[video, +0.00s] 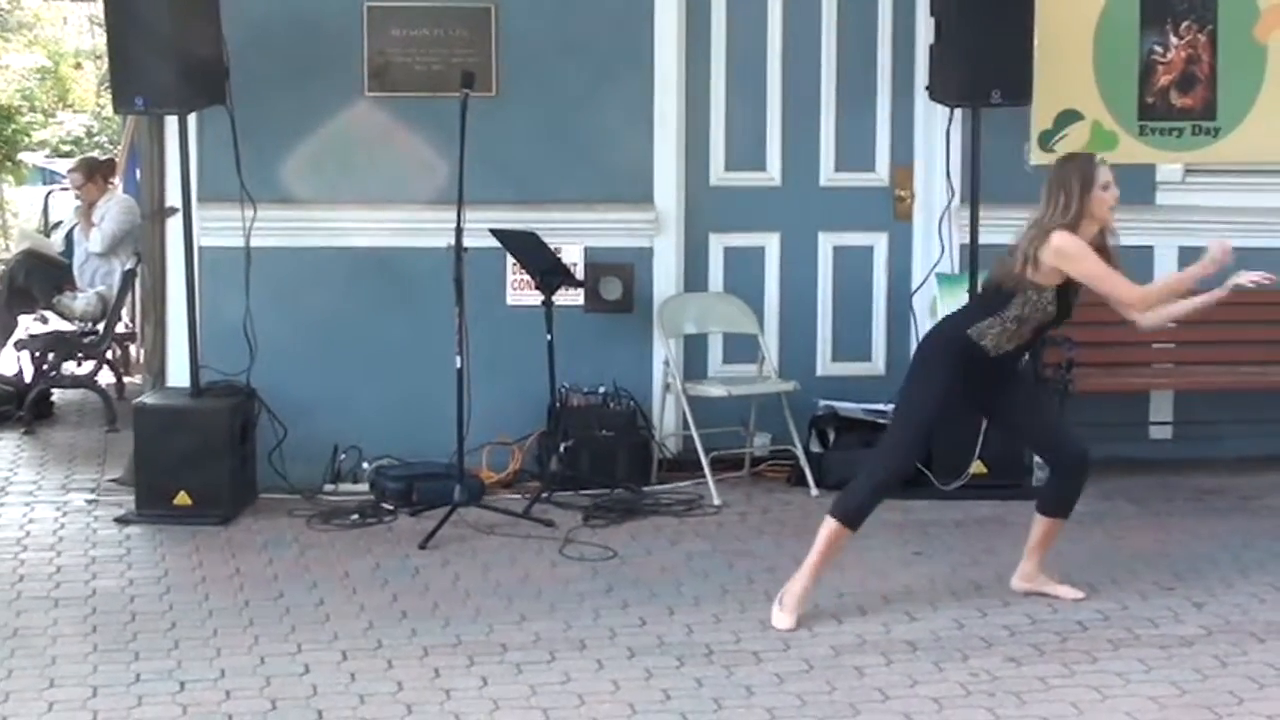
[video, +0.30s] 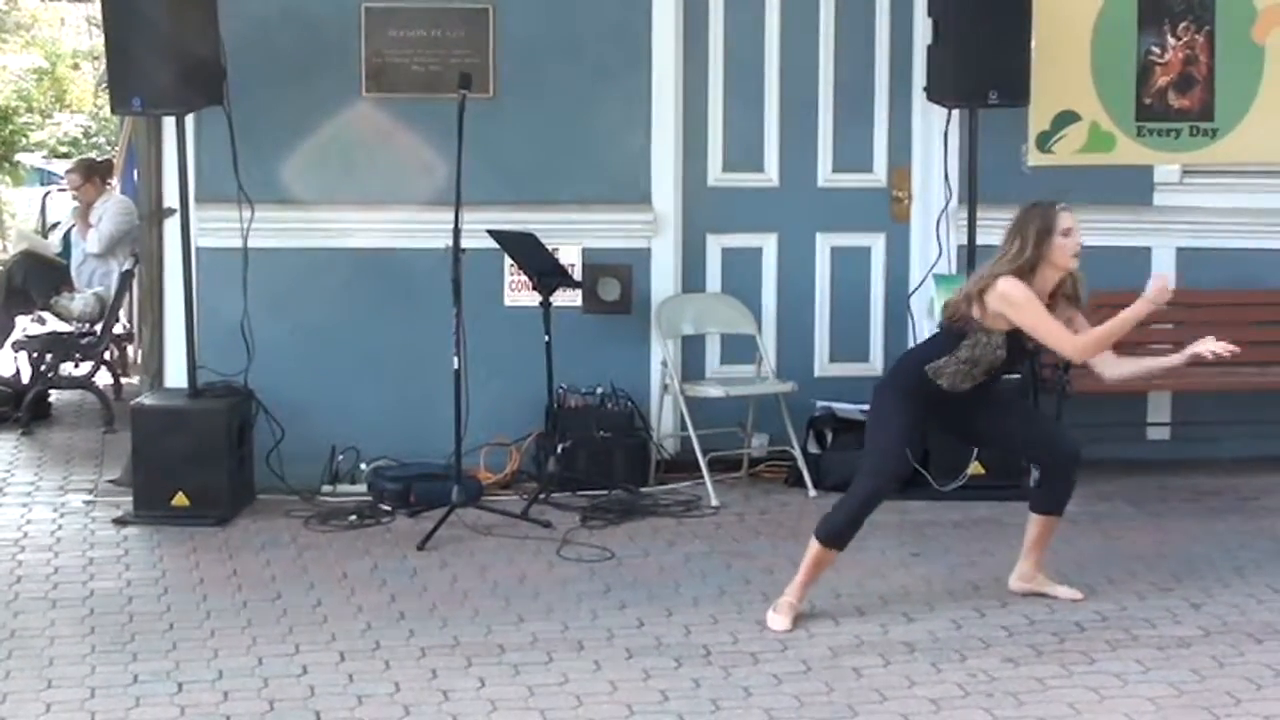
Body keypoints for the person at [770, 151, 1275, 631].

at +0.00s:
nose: (1116, 197)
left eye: (1115, 187)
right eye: (1107, 188)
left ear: (1087, 198)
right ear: (1079, 196)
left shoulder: (1086, 252)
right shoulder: (1058, 242)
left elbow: (1149, 319)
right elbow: (1135, 302)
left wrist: (1224, 292)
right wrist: (1203, 270)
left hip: (1000, 370)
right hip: (953, 356)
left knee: (1071, 457)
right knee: (894, 463)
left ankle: (1030, 572)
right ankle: (801, 584)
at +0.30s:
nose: (1078, 243)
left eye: (1077, 234)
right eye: (1068, 234)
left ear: (1062, 245)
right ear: (1039, 242)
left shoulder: (1061, 304)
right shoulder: (1006, 289)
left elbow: (1113, 371)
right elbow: (1077, 347)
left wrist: (1183, 356)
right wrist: (1145, 306)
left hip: (969, 398)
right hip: (911, 390)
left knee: (1061, 453)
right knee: (876, 482)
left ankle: (1029, 570)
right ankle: (794, 594)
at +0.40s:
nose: (1048, 250)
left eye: (1049, 241)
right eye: (1035, 242)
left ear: (1048, 254)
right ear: (1007, 253)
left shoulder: (1043, 316)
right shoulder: (976, 301)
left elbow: (1083, 381)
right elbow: (1037, 368)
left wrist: (1145, 371)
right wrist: (1119, 338)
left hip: (959, 399)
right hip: (899, 393)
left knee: (1053, 456)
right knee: (862, 479)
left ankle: (1028, 572)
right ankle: (795, 592)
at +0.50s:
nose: (993, 254)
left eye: (1004, 246)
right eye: (983, 246)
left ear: (1019, 259)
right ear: (967, 257)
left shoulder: (1022, 317)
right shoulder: (939, 304)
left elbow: (1042, 392)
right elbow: (986, 383)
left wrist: (1081, 396)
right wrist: (1067, 381)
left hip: (954, 396)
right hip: (888, 392)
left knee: (1044, 457)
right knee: (844, 477)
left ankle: (1028, 573)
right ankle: (793, 596)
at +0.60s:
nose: (936, 255)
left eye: (949, 246)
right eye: (930, 246)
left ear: (974, 258)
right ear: (921, 254)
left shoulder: (995, 311)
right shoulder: (901, 302)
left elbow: (1000, 383)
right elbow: (918, 390)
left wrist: (1003, 417)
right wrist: (985, 404)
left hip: (943, 401)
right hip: (873, 396)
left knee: (1036, 460)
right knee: (833, 472)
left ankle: (1027, 575)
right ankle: (791, 596)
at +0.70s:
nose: (882, 245)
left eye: (895, 237)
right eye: (881, 237)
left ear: (926, 250)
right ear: (877, 247)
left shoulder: (959, 306)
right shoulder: (859, 297)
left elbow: (945, 386)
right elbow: (851, 386)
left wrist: (919, 432)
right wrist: (885, 417)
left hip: (933, 403)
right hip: (858, 399)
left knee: (1020, 461)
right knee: (816, 475)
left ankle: (1026, 576)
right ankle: (787, 596)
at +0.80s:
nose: (835, 235)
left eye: (848, 228)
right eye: (836, 227)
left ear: (880, 241)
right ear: (836, 235)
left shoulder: (915, 299)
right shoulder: (823, 287)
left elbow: (888, 381)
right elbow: (805, 363)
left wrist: (838, 438)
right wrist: (797, 419)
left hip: (908, 387)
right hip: (842, 386)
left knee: (1010, 466)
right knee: (804, 474)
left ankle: (1025, 576)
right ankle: (786, 596)